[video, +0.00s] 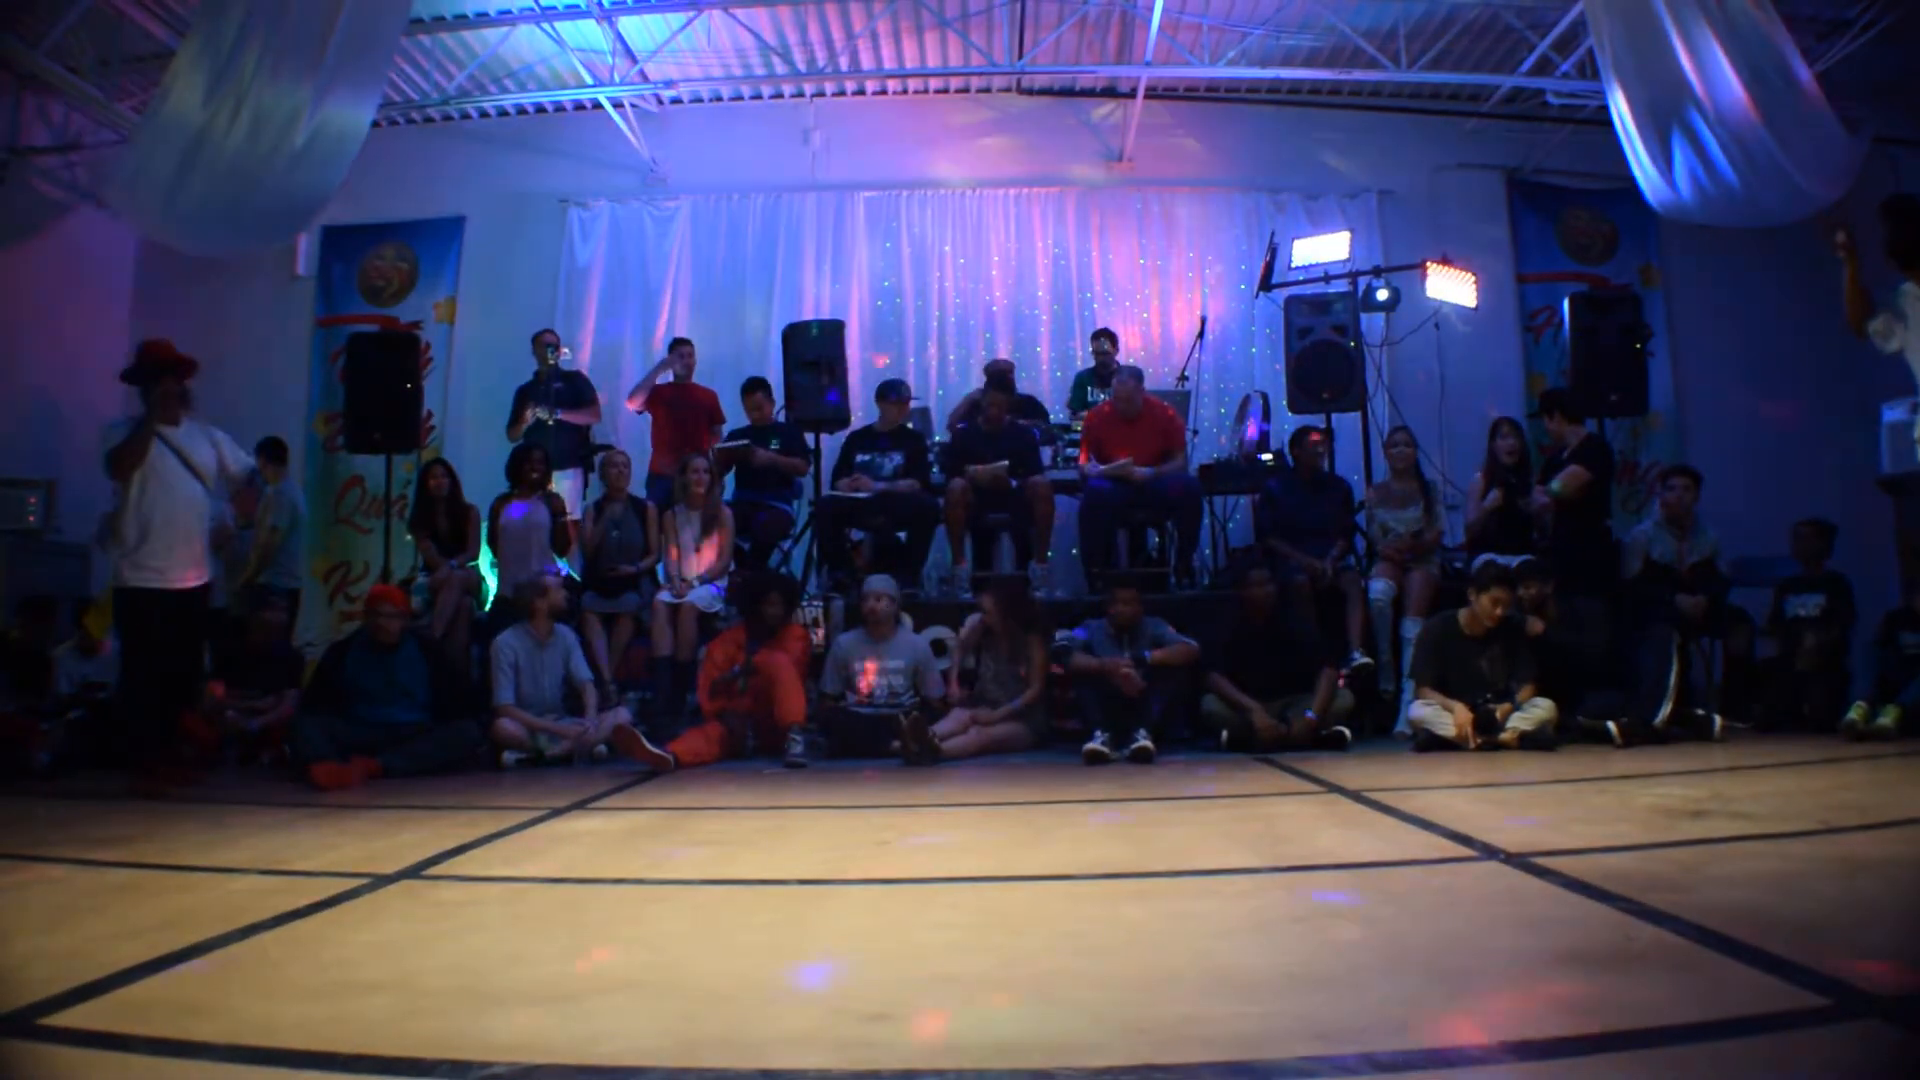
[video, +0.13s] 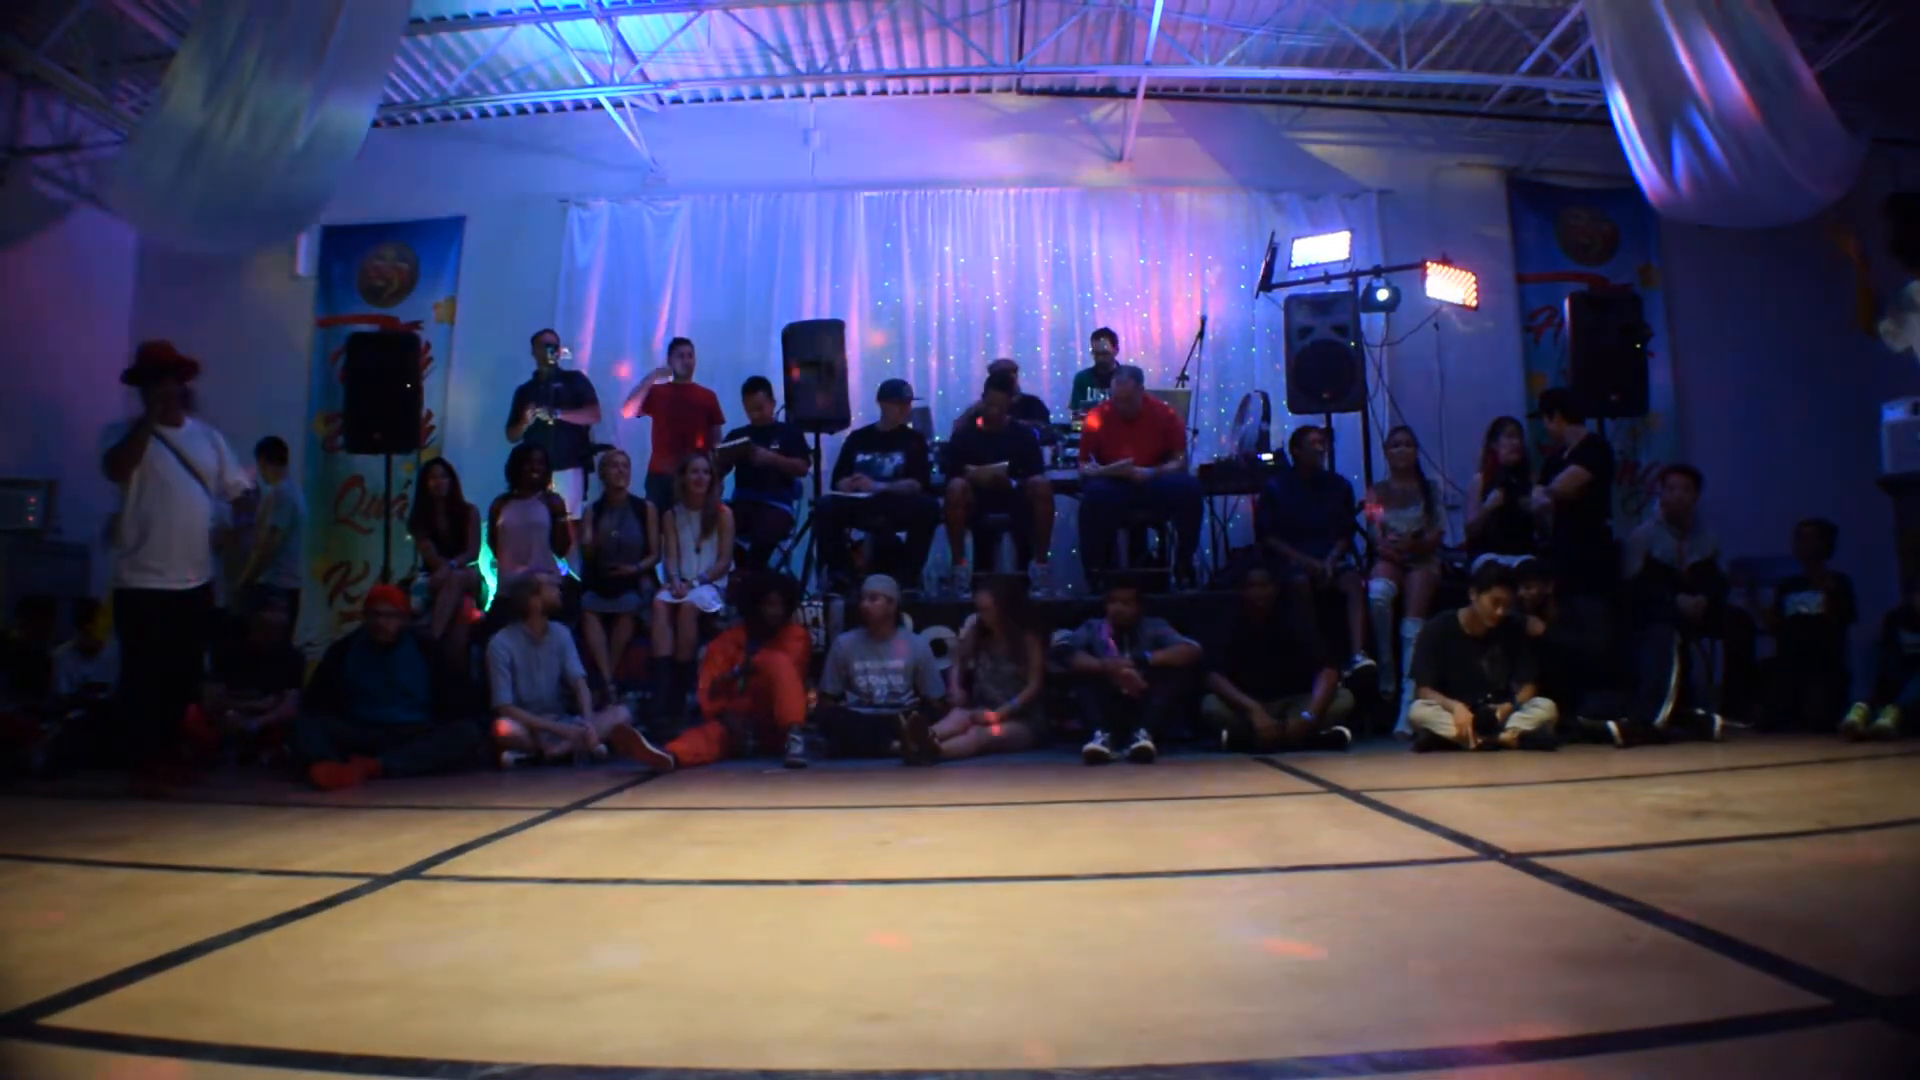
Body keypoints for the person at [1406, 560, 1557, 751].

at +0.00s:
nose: (1499, 612)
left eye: (1505, 606)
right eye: (1494, 603)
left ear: (1511, 606)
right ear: (1472, 596)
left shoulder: (1510, 630)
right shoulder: (1438, 629)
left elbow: (1528, 686)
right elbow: (1423, 690)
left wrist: (1508, 707)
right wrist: (1456, 707)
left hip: (1499, 706)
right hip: (1457, 710)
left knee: (1546, 707)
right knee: (1418, 711)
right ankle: (1505, 740)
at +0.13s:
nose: (1500, 612)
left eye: (1505, 606)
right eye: (1495, 603)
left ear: (1511, 606)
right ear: (1473, 595)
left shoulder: (1511, 630)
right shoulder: (1438, 629)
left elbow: (1529, 686)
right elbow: (1423, 690)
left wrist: (1508, 707)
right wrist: (1456, 707)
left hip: (1499, 707)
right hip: (1457, 710)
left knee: (1546, 707)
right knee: (1418, 711)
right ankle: (1506, 740)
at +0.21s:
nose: (1500, 612)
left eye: (1506, 606)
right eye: (1495, 603)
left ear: (1512, 606)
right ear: (1473, 595)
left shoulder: (1511, 630)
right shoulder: (1438, 629)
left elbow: (1529, 685)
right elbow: (1423, 690)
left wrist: (1508, 708)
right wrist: (1457, 707)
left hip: (1500, 707)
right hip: (1458, 712)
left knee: (1547, 707)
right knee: (1419, 711)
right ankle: (1507, 740)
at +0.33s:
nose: (1500, 612)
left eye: (1506, 606)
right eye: (1495, 603)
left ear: (1512, 606)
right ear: (1474, 595)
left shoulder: (1512, 630)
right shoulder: (1439, 629)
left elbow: (1529, 686)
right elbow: (1423, 690)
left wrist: (1508, 708)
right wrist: (1457, 707)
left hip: (1500, 706)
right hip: (1458, 710)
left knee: (1547, 707)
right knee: (1419, 711)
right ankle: (1505, 741)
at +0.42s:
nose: (1500, 612)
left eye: (1506, 606)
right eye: (1495, 603)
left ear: (1512, 606)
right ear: (1474, 595)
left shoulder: (1512, 630)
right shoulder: (1439, 629)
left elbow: (1529, 686)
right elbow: (1424, 690)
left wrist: (1509, 708)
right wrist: (1457, 708)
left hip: (1501, 707)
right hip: (1459, 711)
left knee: (1547, 707)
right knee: (1419, 711)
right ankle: (1506, 741)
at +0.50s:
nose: (1500, 612)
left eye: (1506, 606)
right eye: (1495, 603)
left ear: (1512, 606)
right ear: (1474, 595)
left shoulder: (1512, 630)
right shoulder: (1439, 629)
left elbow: (1530, 686)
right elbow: (1424, 690)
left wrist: (1509, 708)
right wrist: (1457, 707)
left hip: (1501, 707)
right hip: (1459, 711)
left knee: (1547, 707)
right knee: (1419, 711)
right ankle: (1505, 741)